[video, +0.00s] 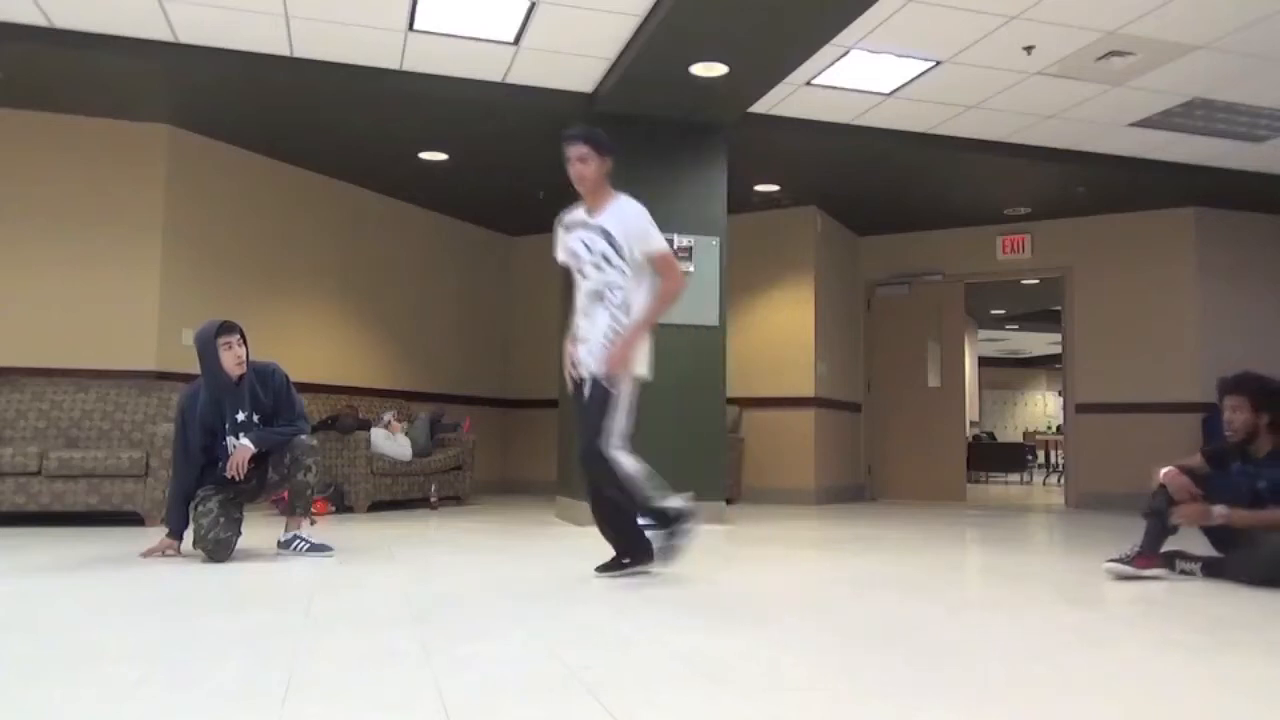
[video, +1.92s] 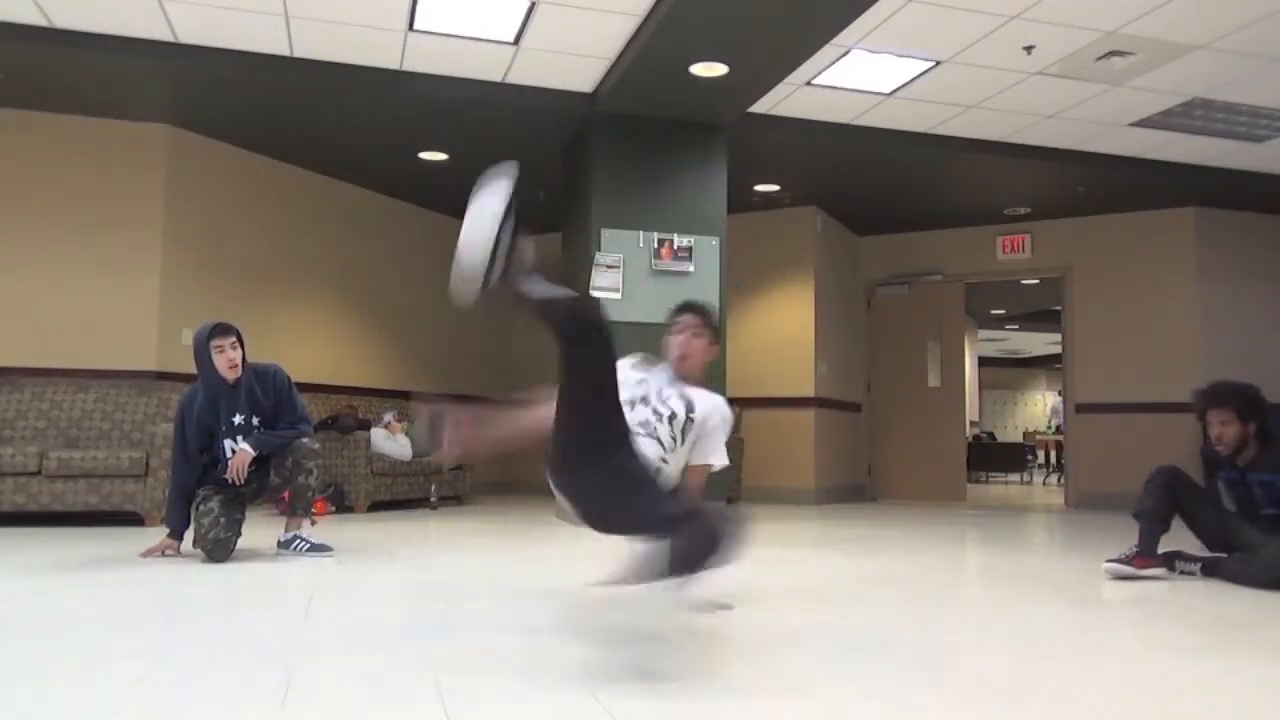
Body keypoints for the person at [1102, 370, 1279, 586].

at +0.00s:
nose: (1226, 419)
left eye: (1236, 411)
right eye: (1225, 411)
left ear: (1263, 416)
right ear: (1221, 413)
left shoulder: (1274, 460)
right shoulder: (1234, 452)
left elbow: (1275, 515)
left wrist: (1217, 515)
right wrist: (1167, 474)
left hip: (1266, 537)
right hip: (1234, 533)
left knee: (1268, 568)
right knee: (1174, 483)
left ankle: (1197, 565)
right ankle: (1147, 554)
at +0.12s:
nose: (1222, 421)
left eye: (1232, 414)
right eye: (1220, 413)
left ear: (1258, 420)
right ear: (1215, 414)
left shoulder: (1274, 463)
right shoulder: (1226, 456)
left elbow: (1270, 524)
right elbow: (1190, 479)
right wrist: (1150, 482)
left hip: (1264, 541)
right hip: (1230, 531)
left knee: (1268, 566)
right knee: (1178, 474)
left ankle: (1201, 566)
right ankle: (1149, 551)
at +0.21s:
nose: (1219, 424)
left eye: (1229, 417)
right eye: (1217, 416)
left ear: (1255, 424)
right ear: (1212, 417)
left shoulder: (1274, 464)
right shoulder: (1223, 458)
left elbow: (1271, 528)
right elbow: (1204, 497)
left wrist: (1193, 534)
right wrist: (1154, 496)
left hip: (1262, 540)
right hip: (1229, 528)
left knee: (1269, 568)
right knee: (1178, 475)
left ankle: (1207, 566)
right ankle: (1150, 551)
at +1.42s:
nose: (1217, 432)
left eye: (1227, 422)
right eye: (1213, 422)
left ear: (1253, 426)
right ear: (1208, 423)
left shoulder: (1273, 462)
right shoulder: (1220, 459)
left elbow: (1276, 527)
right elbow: (1208, 496)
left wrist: (1216, 522)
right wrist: (1163, 511)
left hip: (1266, 545)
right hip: (1234, 537)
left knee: (1270, 572)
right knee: (1185, 472)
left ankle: (1203, 566)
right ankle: (1149, 555)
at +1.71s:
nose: (1210, 434)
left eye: (1219, 424)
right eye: (1205, 426)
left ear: (1245, 425)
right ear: (1200, 428)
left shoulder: (1271, 459)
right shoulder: (1211, 458)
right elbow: (1197, 507)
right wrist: (1166, 538)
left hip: (1266, 540)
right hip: (1228, 530)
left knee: (1271, 572)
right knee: (1170, 475)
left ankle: (1203, 565)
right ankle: (1149, 552)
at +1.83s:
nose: (1212, 435)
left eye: (1221, 425)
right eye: (1206, 427)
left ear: (1247, 427)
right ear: (1201, 428)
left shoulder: (1271, 461)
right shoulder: (1214, 459)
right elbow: (1213, 502)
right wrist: (1189, 539)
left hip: (1267, 541)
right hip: (1231, 530)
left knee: (1271, 572)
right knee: (1168, 476)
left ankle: (1204, 565)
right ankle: (1146, 552)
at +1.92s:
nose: (1215, 435)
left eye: (1225, 424)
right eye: (1210, 426)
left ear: (1250, 427)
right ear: (1205, 428)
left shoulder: (1272, 462)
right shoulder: (1213, 456)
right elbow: (1213, 502)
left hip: (1268, 542)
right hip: (1231, 531)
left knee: (1272, 572)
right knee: (1167, 477)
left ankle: (1204, 566)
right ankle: (1145, 551)